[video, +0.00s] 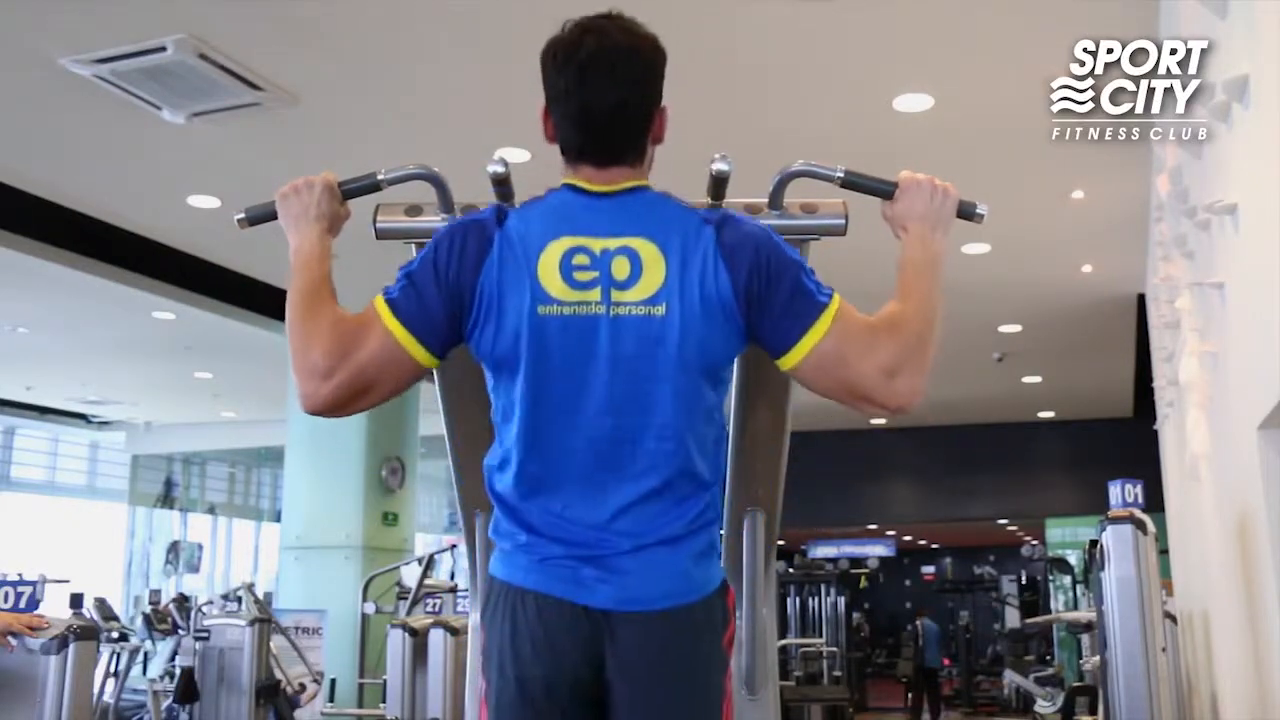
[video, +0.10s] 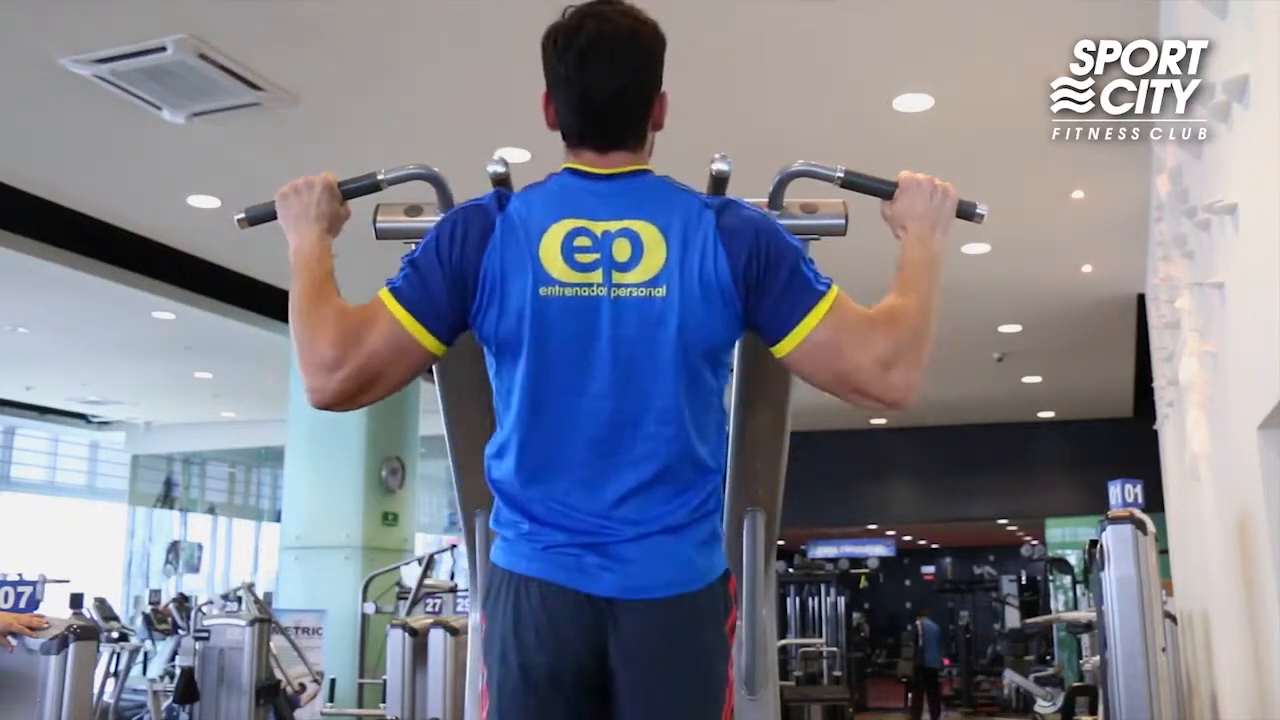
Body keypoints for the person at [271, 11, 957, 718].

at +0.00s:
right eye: (662, 113)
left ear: (547, 125)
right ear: (659, 127)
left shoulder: (484, 248)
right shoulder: (729, 250)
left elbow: (327, 381)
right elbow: (891, 378)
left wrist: (308, 241)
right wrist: (925, 241)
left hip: (529, 606)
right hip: (673, 610)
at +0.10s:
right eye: (663, 97)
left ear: (548, 111)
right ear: (659, 113)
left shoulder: (485, 233)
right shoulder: (729, 237)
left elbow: (336, 375)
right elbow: (888, 372)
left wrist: (308, 239)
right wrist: (924, 240)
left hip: (531, 596)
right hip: (676, 599)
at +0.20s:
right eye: (666, 97)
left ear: (551, 113)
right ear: (662, 114)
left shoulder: (487, 234)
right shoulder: (731, 239)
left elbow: (334, 375)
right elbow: (889, 373)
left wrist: (308, 239)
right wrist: (924, 239)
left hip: (532, 599)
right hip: (678, 603)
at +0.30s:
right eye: (664, 113)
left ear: (551, 125)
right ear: (663, 128)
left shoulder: (488, 246)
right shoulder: (730, 250)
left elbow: (328, 381)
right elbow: (896, 381)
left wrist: (309, 242)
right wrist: (925, 240)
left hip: (532, 611)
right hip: (678, 615)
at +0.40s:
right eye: (663, 130)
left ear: (549, 144)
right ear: (663, 146)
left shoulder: (486, 264)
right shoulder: (732, 271)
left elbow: (316, 387)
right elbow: (905, 385)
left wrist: (308, 240)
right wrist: (924, 239)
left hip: (531, 633)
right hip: (679, 636)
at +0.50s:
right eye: (663, 147)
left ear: (547, 166)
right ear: (665, 168)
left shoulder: (481, 286)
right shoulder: (732, 294)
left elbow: (307, 391)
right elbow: (910, 392)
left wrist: (307, 239)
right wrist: (924, 238)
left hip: (528, 666)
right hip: (679, 667)